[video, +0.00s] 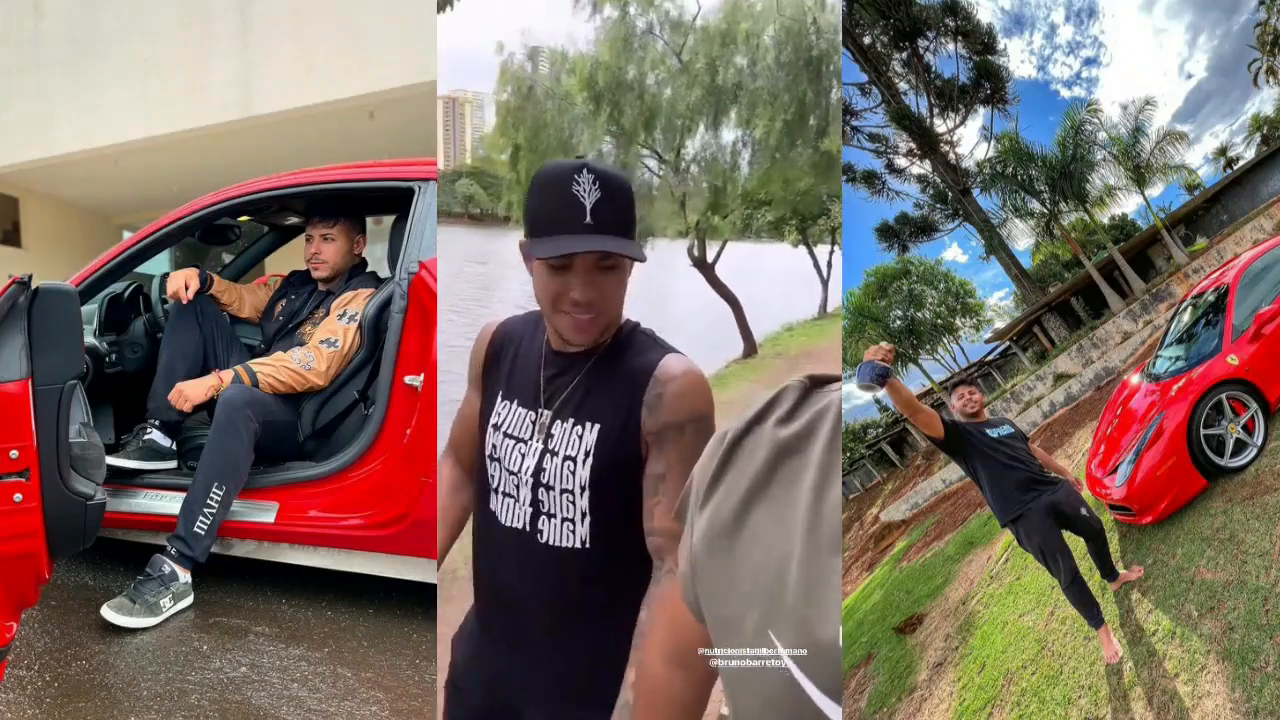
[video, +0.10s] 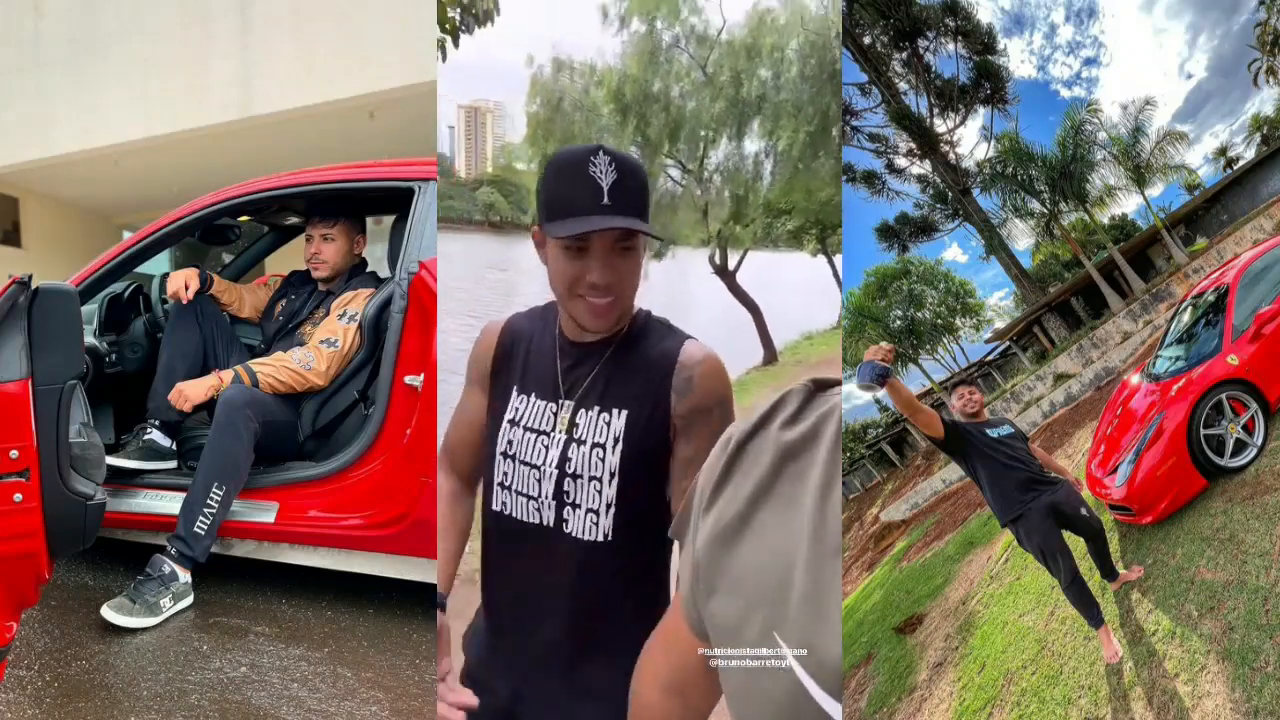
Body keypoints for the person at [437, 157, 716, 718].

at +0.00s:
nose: (580, 292)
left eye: (605, 265)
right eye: (558, 265)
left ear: (632, 263)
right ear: (528, 260)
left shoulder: (669, 389)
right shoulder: (499, 348)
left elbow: (674, 560)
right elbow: (459, 469)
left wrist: (645, 703)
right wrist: (400, 569)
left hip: (591, 684)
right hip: (486, 660)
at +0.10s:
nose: (599, 274)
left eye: (622, 246)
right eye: (575, 247)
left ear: (645, 247)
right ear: (541, 246)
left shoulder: (688, 376)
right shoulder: (501, 347)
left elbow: (702, 549)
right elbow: (456, 477)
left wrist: (707, 686)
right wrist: (433, 604)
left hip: (616, 687)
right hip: (498, 670)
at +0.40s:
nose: (632, 290)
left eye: (655, 264)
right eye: (610, 262)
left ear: (673, 268)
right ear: (570, 262)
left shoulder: (714, 400)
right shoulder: (519, 363)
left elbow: (728, 568)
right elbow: (463, 491)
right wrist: (470, 605)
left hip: (641, 697)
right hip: (523, 682)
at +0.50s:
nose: (635, 292)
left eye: (658, 265)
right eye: (611, 264)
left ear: (676, 267)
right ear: (572, 264)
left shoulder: (718, 401)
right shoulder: (522, 366)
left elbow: (723, 583)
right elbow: (468, 499)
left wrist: (593, 678)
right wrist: (480, 605)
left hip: (659, 698)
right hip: (536, 683)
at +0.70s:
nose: (627, 269)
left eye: (652, 243)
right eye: (605, 242)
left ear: (678, 242)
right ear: (570, 237)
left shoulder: (717, 379)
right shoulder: (528, 332)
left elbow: (737, 550)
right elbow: (469, 462)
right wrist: (478, 555)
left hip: (639, 684)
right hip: (530, 667)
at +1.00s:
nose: (585, 289)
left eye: (608, 264)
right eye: (564, 266)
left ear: (640, 257)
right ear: (539, 264)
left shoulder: (682, 386)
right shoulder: (515, 342)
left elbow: (677, 561)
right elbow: (462, 454)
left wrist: (615, 706)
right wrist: (444, 512)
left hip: (604, 690)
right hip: (500, 670)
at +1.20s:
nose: (538, 304)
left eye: (558, 277)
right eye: (514, 280)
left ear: (588, 273)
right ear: (489, 281)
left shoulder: (633, 400)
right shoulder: (463, 364)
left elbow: (634, 580)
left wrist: (581, 709)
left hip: (564, 697)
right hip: (464, 684)